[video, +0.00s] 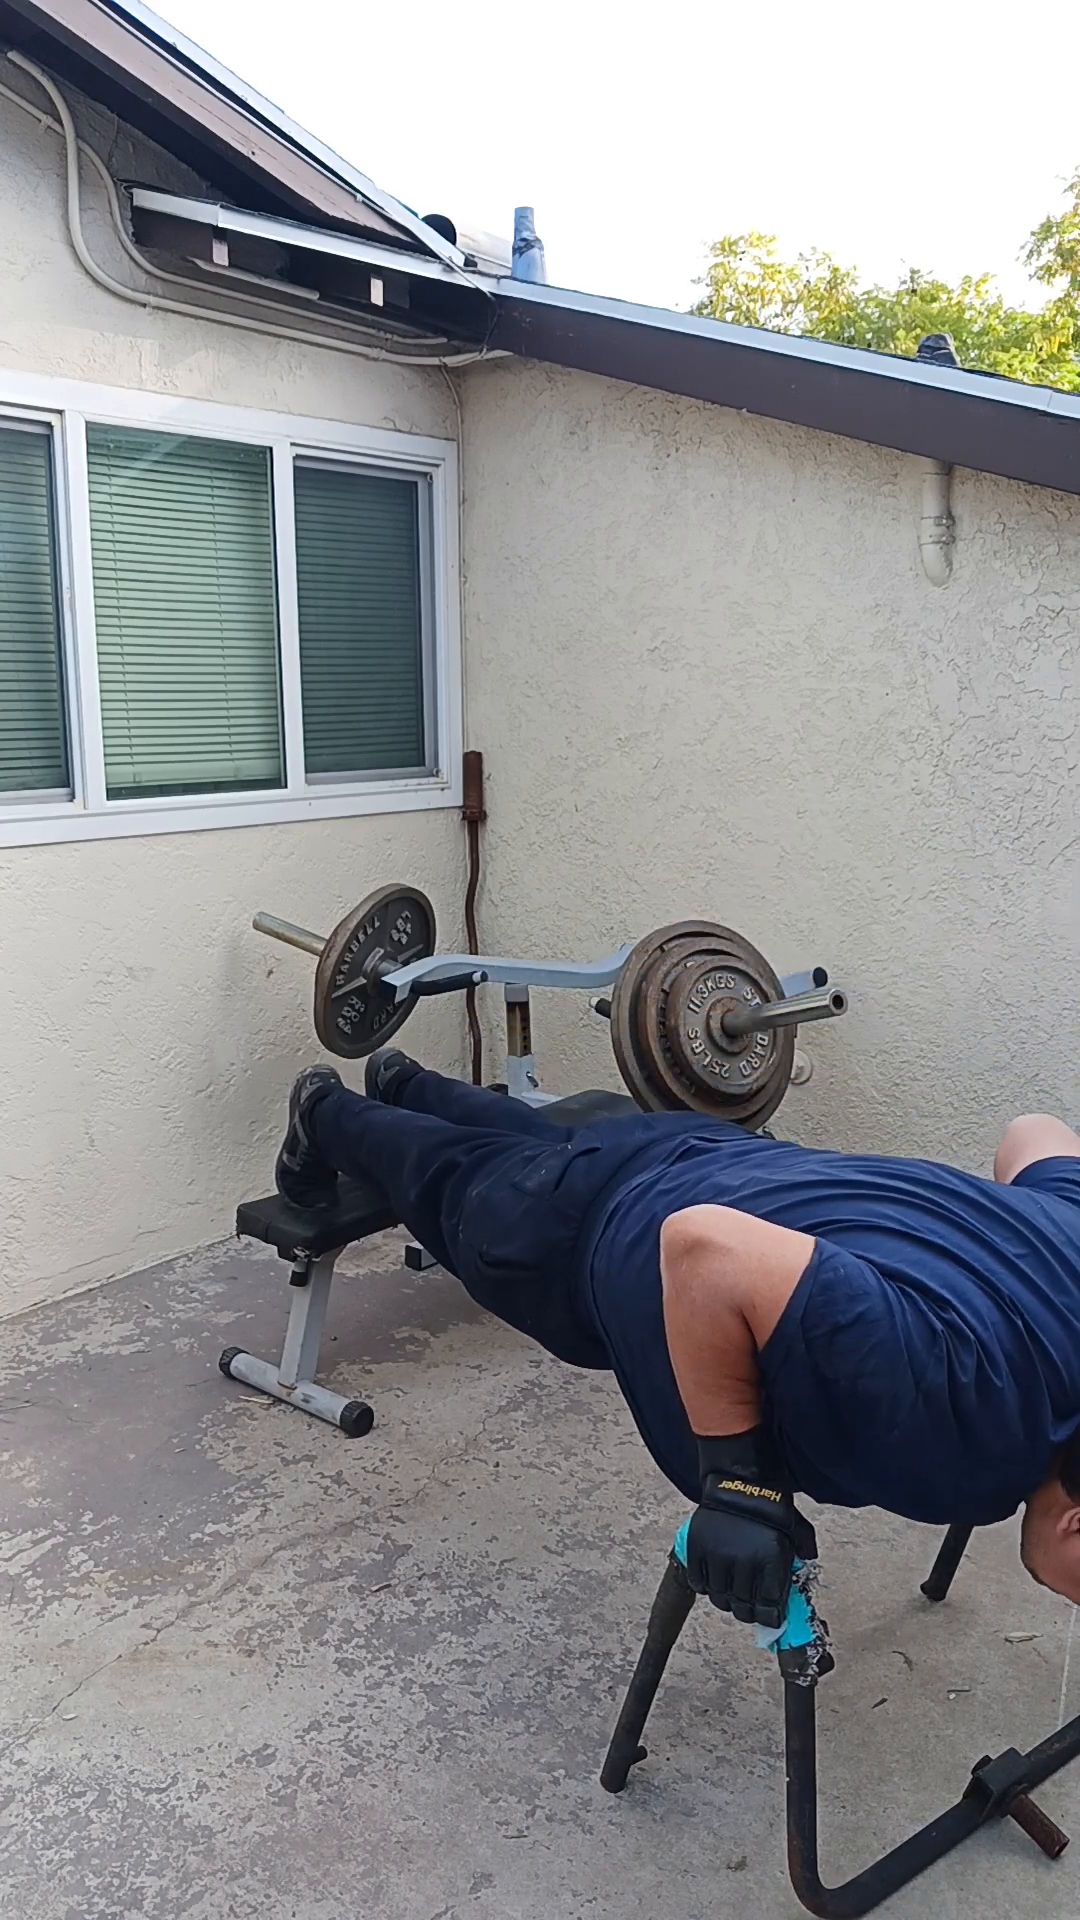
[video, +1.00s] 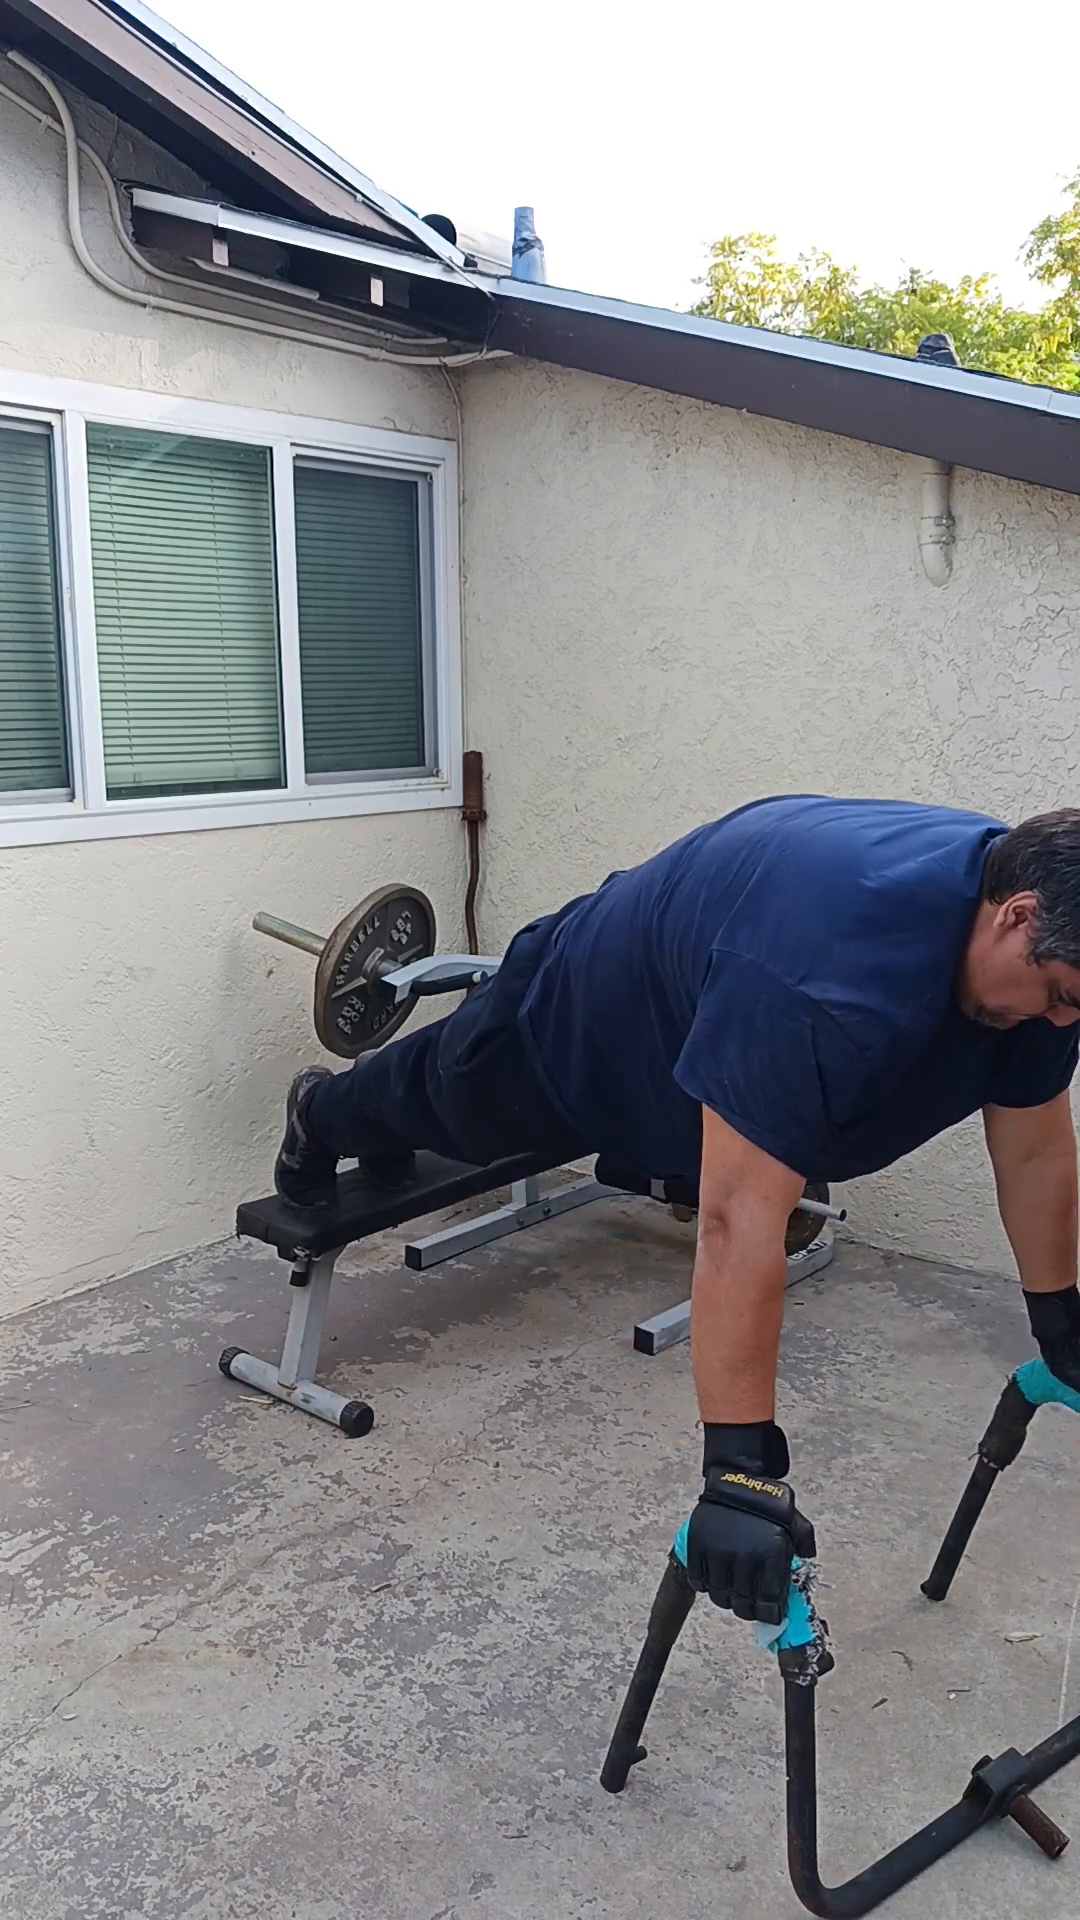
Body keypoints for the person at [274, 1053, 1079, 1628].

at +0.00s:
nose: (1051, 1586)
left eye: (1061, 1590)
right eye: (1066, 1584)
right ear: (1074, 1521)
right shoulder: (952, 1405)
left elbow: (1037, 1132)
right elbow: (702, 1255)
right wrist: (735, 1485)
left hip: (733, 1151)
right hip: (627, 1218)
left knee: (547, 1136)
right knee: (458, 1189)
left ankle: (409, 1089)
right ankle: (328, 1114)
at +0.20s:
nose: (1048, 1530)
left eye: (1061, 1526)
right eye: (1066, 1523)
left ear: (1069, 1462)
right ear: (1067, 1467)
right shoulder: (917, 1350)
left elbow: (1052, 1131)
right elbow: (666, 1265)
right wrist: (731, 1483)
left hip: (727, 1125)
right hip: (612, 1200)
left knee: (539, 1131)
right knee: (454, 1178)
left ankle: (404, 1085)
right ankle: (326, 1112)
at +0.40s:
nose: (1059, 1372)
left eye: (1069, 1369)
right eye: (1071, 1357)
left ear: (1070, 1270)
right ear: (1062, 1281)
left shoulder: (1074, 1150)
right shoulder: (897, 1221)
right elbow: (633, 1280)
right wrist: (729, 1480)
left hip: (721, 1063)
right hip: (603, 1137)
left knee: (524, 1104)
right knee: (448, 1136)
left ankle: (397, 1099)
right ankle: (322, 1112)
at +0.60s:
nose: (1054, 1173)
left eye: (1072, 1164)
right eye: (1064, 1147)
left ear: (1057, 1073)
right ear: (1040, 1078)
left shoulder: (1050, 1008)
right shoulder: (826, 1081)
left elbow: (1057, 1175)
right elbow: (655, 1259)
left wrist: (1059, 1318)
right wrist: (731, 1475)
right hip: (604, 1065)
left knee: (512, 1118)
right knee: (449, 1114)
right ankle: (324, 1112)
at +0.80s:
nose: (1056, 1039)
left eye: (1073, 1023)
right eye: (1061, 1009)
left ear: (1032, 937)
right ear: (1019, 935)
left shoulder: (1026, 962)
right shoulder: (818, 974)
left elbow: (1043, 1147)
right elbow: (732, 1226)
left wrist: (1059, 1321)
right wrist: (741, 1474)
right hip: (601, 1018)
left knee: (515, 1116)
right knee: (444, 1088)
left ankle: (410, 1142)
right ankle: (320, 1115)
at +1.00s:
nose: (1054, 1023)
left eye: (1072, 1007)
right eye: (1055, 993)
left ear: (1020, 915)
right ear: (1011, 918)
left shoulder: (1023, 958)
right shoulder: (818, 974)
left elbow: (1039, 1151)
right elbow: (736, 1223)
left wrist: (1059, 1321)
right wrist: (740, 1472)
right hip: (600, 995)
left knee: (516, 1100)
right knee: (440, 1078)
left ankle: (394, 1127)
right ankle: (317, 1114)